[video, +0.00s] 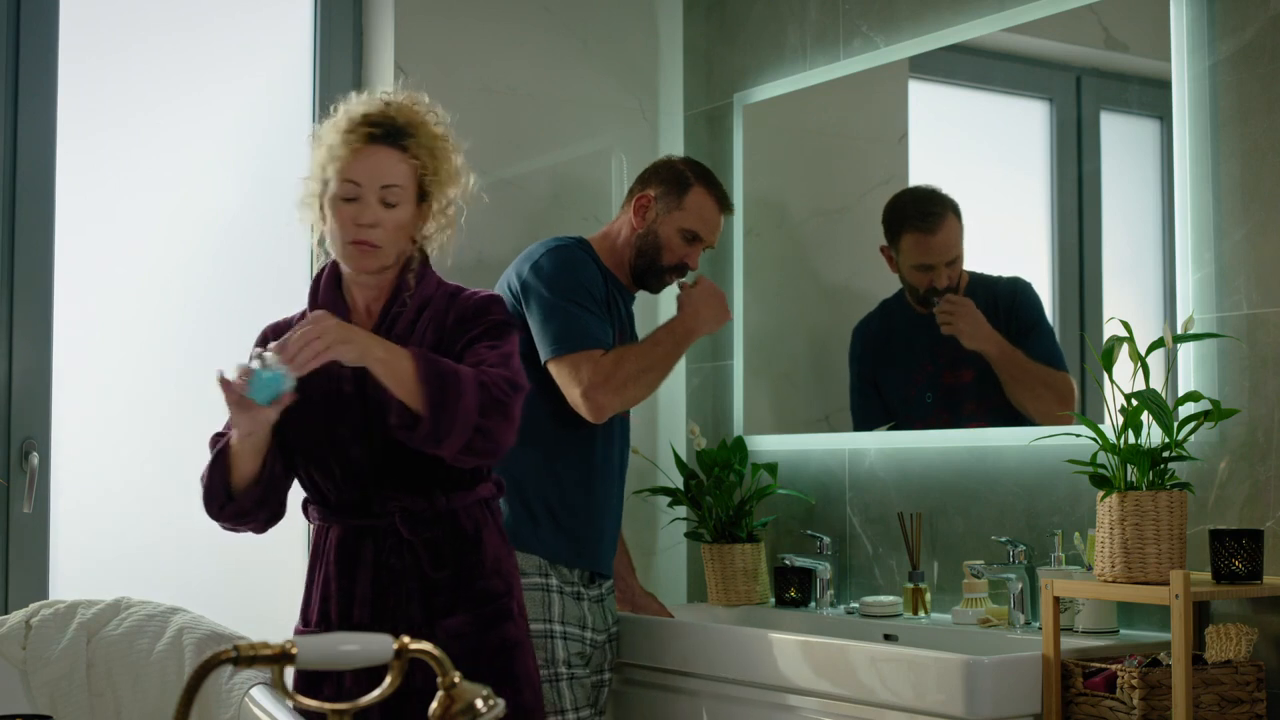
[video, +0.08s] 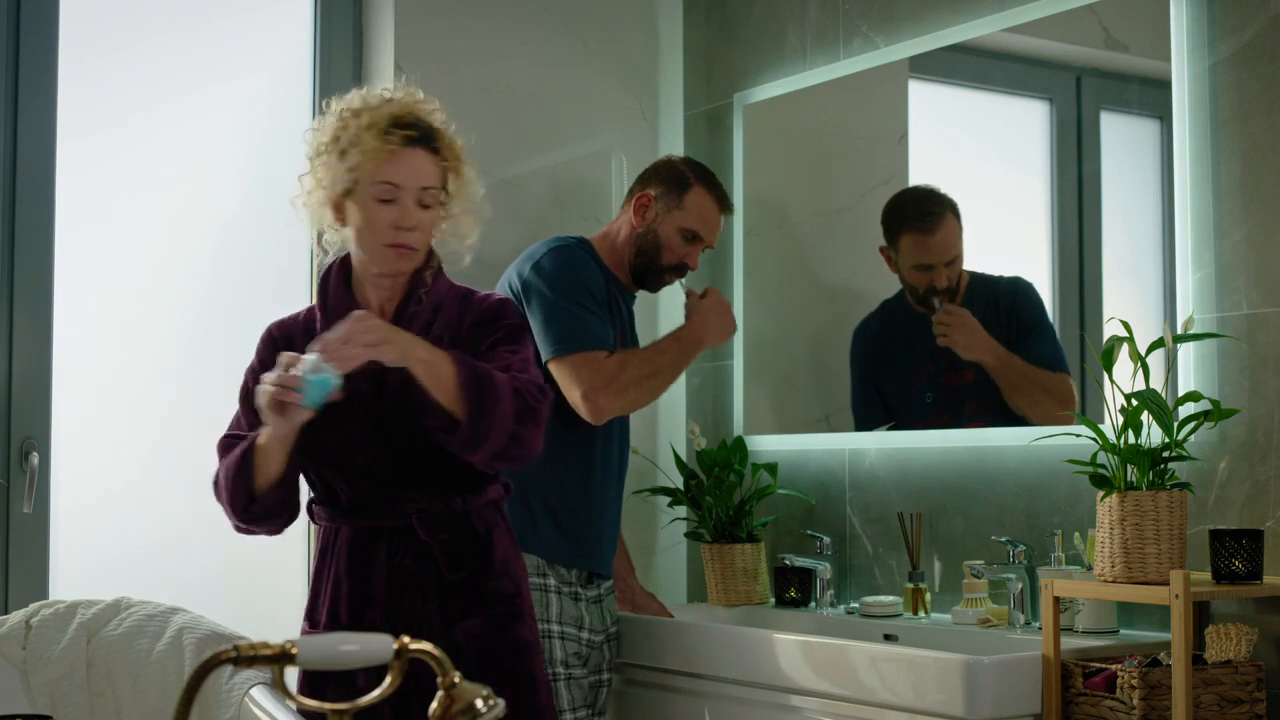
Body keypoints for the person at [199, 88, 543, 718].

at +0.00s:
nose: (365, 218)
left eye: (390, 200)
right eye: (348, 197)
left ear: (425, 213)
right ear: (323, 207)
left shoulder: (476, 319)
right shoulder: (287, 341)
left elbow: (491, 425)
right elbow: (244, 513)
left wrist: (371, 350)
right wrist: (248, 435)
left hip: (465, 601)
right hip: (343, 601)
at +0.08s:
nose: (409, 219)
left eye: (428, 200)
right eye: (386, 197)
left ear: (446, 211)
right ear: (340, 205)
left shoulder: (488, 320)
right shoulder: (292, 342)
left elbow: (523, 428)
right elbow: (250, 509)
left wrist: (410, 352)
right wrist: (277, 433)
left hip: (477, 605)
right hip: (353, 604)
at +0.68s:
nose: (727, 283)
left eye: (727, 260)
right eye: (713, 259)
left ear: (644, 256)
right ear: (642, 254)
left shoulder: (648, 354)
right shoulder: (555, 380)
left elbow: (674, 488)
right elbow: (603, 581)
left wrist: (767, 487)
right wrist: (780, 561)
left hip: (609, 664)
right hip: (523, 681)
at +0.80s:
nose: (801, 305)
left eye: (800, 282)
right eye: (788, 281)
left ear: (722, 273)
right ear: (720, 271)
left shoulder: (692, 353)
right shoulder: (643, 379)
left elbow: (703, 499)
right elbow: (707, 594)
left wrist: (798, 527)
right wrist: (882, 612)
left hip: (626, 659)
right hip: (556, 677)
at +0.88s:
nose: (845, 319)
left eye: (846, 297)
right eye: (833, 295)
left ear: (766, 291)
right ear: (769, 288)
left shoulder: (698, 361)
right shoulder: (695, 389)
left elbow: (734, 514)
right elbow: (770, 591)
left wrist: (832, 560)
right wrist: (955, 639)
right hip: (585, 681)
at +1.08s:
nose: (958, 378)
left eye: (961, 358)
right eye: (949, 355)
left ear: (862, 337)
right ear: (884, 341)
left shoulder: (740, 399)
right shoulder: (846, 461)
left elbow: (731, 568)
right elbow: (974, 640)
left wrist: (855, 627)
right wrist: (1134, 689)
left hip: (563, 675)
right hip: (659, 694)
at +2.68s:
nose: (829, 263)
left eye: (835, 243)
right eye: (807, 240)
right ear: (734, 236)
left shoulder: (764, 348)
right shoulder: (679, 360)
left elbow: (752, 523)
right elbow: (686, 547)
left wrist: (852, 607)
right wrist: (847, 488)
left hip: (700, 638)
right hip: (604, 651)